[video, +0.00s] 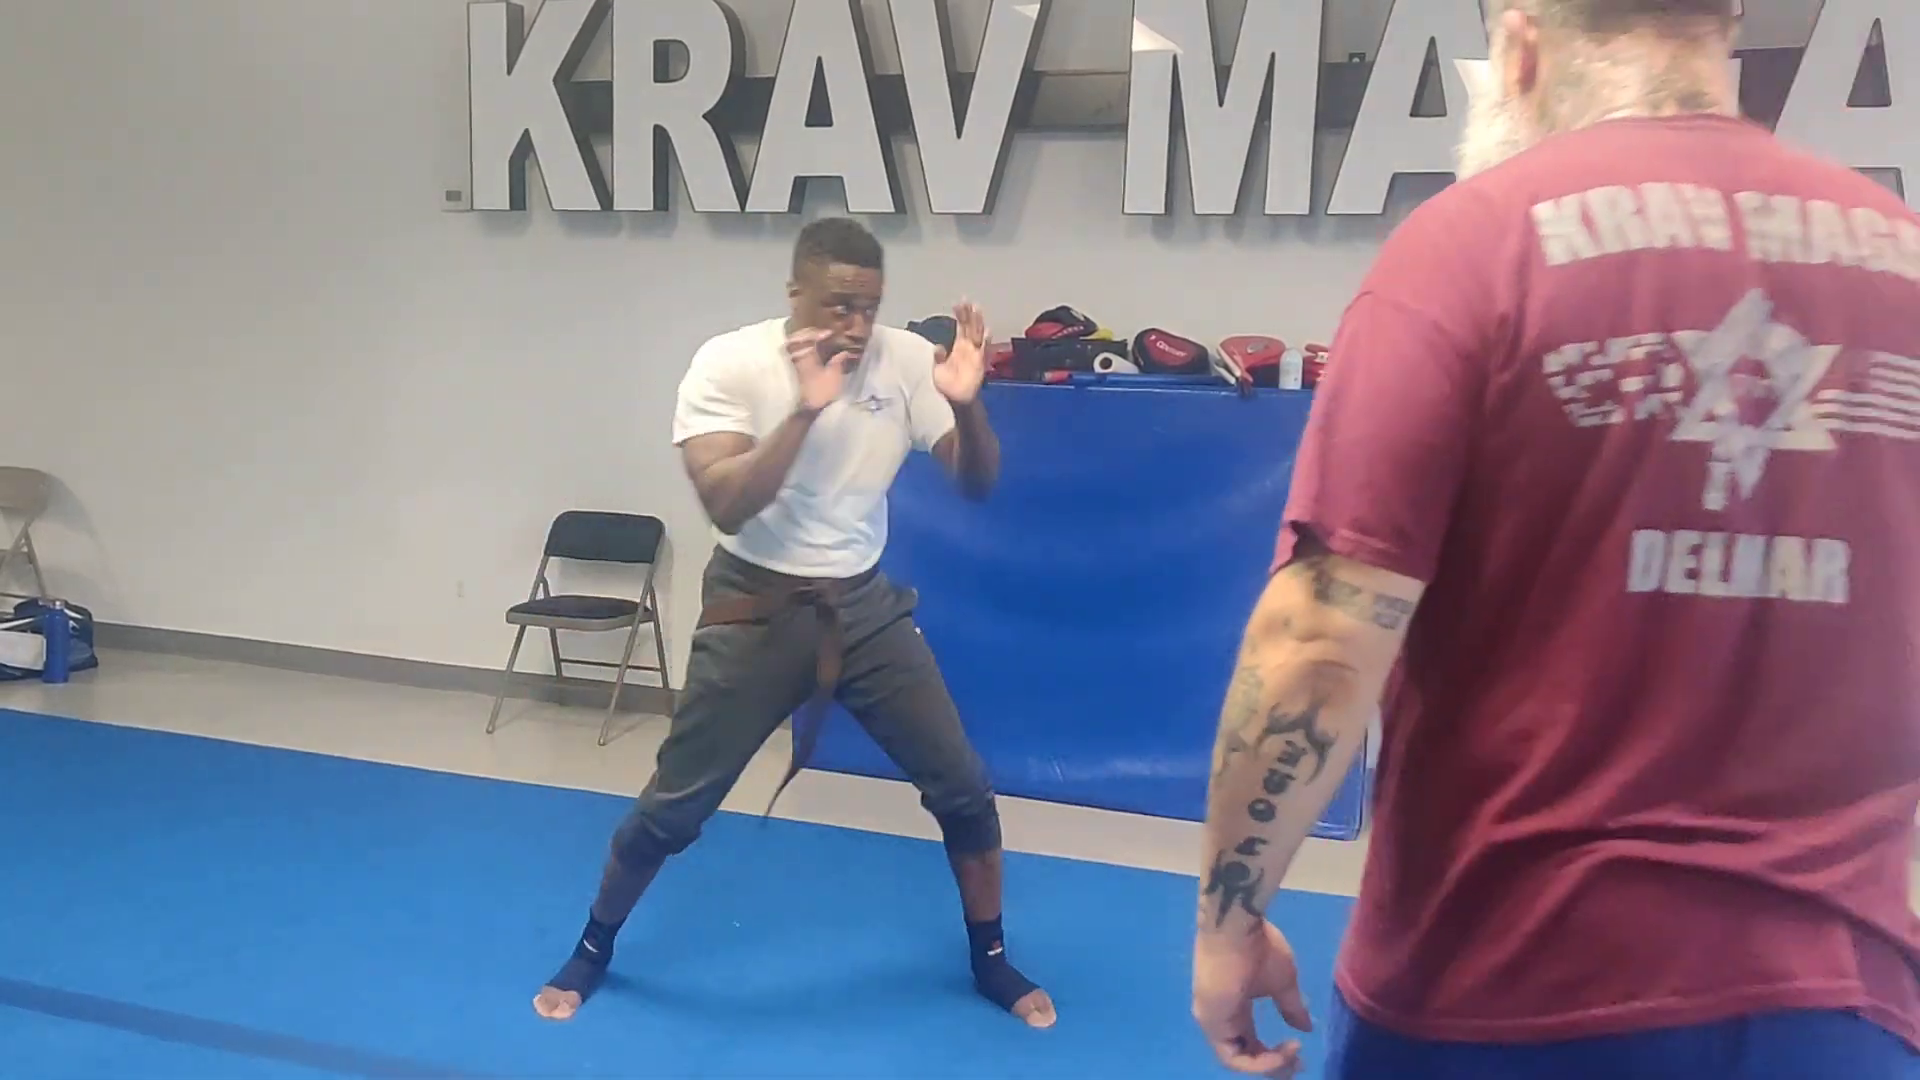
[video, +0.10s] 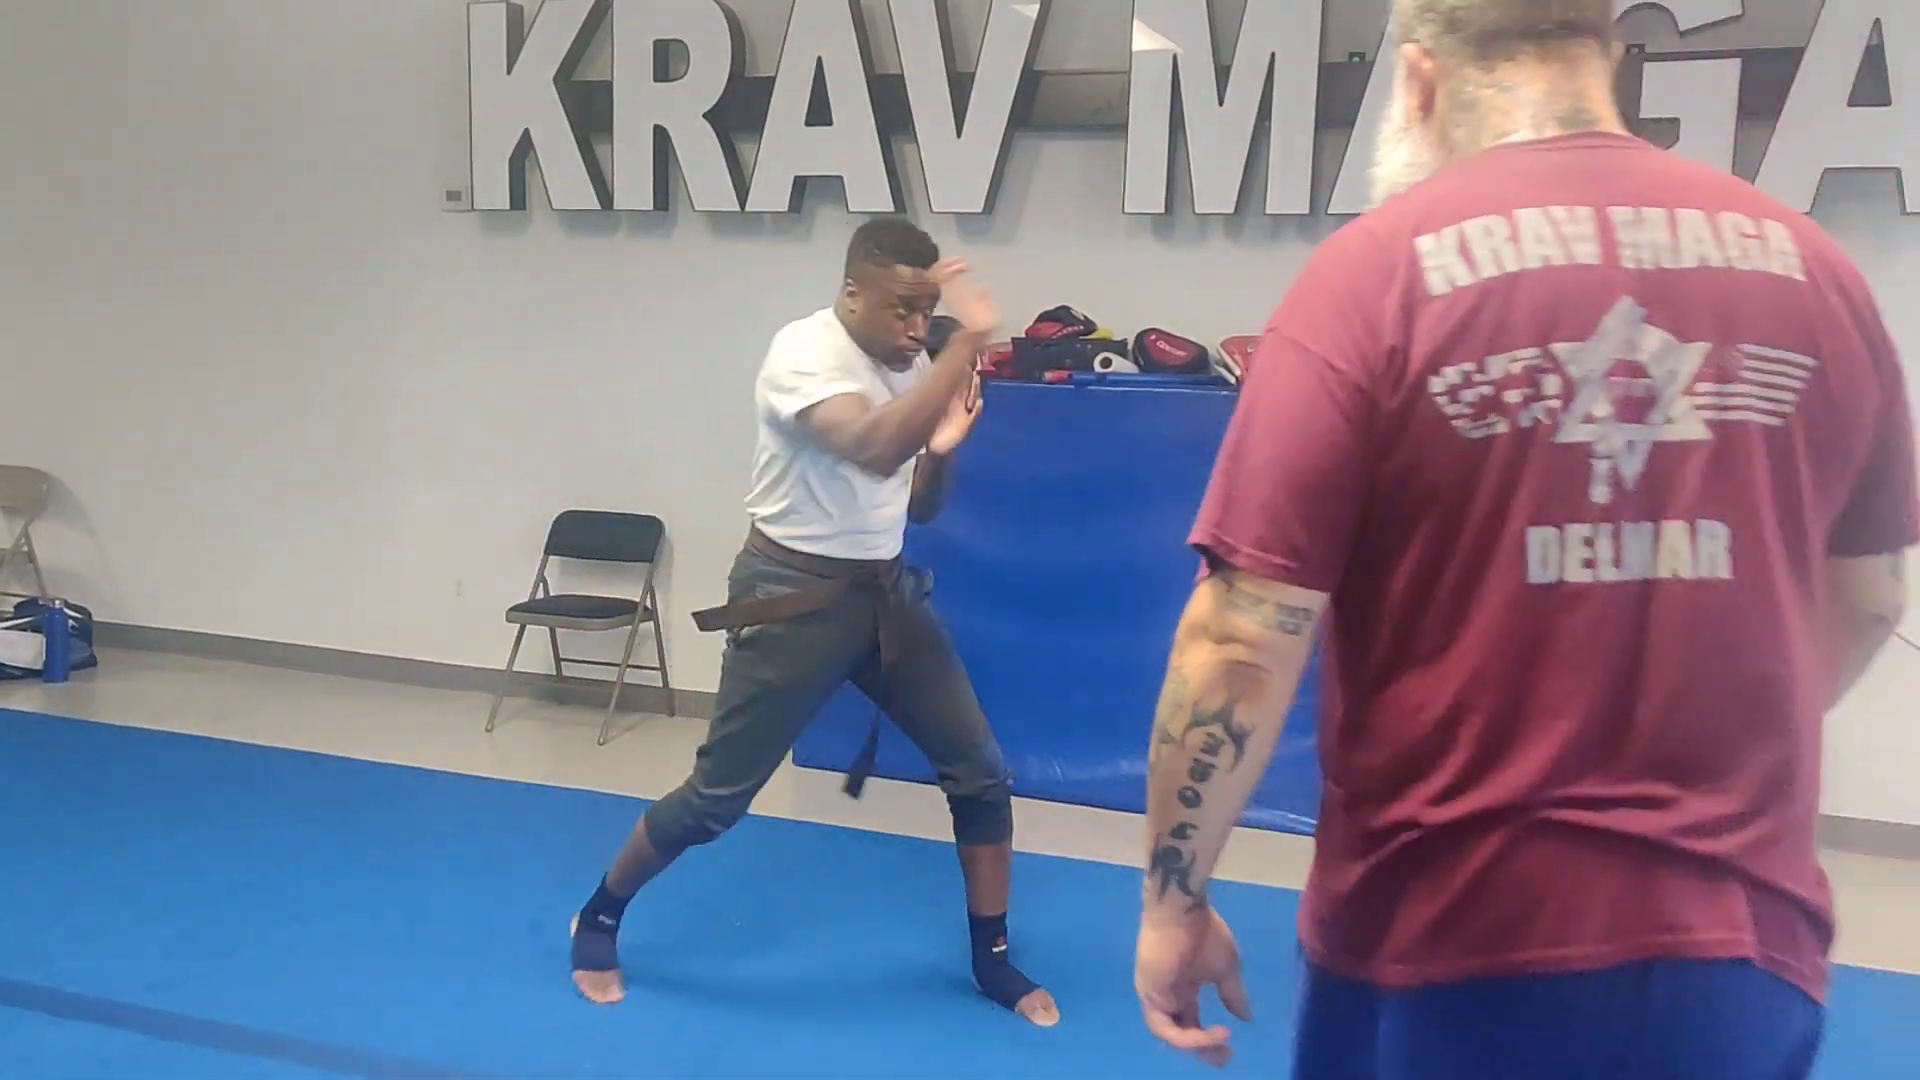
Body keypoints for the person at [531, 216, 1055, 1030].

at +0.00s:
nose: (852, 326)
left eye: (867, 308)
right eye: (835, 308)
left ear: (881, 301)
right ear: (793, 294)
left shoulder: (904, 359)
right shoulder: (727, 366)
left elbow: (977, 480)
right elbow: (726, 506)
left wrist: (966, 405)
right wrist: (805, 411)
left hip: (866, 606)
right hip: (756, 607)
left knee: (965, 791)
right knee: (672, 809)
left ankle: (990, 959)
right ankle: (592, 949)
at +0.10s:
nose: (921, 328)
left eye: (929, 312)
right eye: (904, 309)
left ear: (932, 304)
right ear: (854, 294)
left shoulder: (910, 369)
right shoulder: (800, 353)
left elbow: (919, 505)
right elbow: (875, 446)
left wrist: (938, 457)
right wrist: (965, 343)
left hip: (885, 591)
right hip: (794, 590)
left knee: (981, 774)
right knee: (715, 798)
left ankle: (993, 959)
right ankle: (600, 916)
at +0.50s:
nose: (902, 316)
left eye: (915, 299)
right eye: (885, 299)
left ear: (929, 290)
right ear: (847, 284)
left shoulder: (947, 353)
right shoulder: (787, 359)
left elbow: (1005, 479)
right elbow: (787, 502)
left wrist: (997, 389)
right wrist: (873, 411)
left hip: (905, 587)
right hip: (799, 580)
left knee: (986, 786)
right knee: (726, 788)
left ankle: (995, 958)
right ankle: (646, 911)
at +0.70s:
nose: (788, 300)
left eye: (805, 283)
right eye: (774, 283)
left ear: (837, 277)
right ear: (756, 278)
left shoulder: (886, 362)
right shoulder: (710, 358)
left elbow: (930, 495)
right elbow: (665, 494)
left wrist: (863, 443)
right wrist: (731, 446)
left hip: (851, 587)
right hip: (740, 582)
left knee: (936, 779)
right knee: (684, 786)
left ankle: (990, 957)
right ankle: (681, 927)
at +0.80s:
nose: (723, 289)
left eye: (741, 273)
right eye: (710, 273)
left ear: (779, 274)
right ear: (696, 278)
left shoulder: (835, 364)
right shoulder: (665, 359)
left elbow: (879, 499)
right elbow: (611, 484)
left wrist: (786, 530)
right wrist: (658, 472)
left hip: (804, 597)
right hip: (691, 592)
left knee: (890, 779)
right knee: (648, 789)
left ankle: (973, 949)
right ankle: (675, 925)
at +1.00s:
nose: (630, 251)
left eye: (648, 235)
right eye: (621, 237)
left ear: (695, 243)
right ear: (616, 250)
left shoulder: (758, 343)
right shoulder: (613, 340)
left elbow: (811, 481)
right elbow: (589, 438)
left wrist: (724, 580)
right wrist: (571, 490)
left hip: (736, 574)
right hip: (637, 570)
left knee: (793, 779)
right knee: (626, 778)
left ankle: (859, 937)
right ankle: (671, 922)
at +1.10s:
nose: (600, 235)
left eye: (620, 219)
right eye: (593, 221)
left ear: (670, 231)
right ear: (590, 236)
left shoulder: (730, 329)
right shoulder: (592, 330)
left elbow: (782, 468)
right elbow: (583, 432)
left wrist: (690, 569)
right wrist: (559, 495)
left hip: (712, 568)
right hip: (616, 561)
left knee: (729, 771)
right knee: (624, 766)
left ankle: (767, 937)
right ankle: (670, 923)